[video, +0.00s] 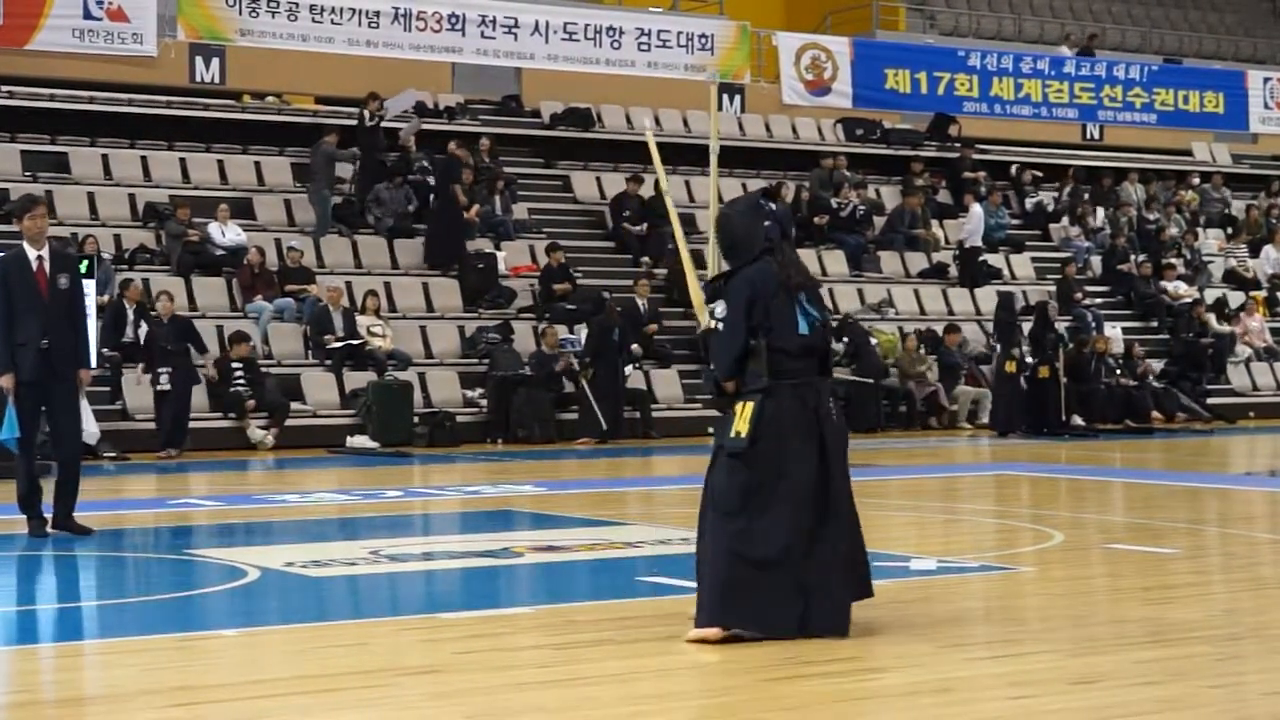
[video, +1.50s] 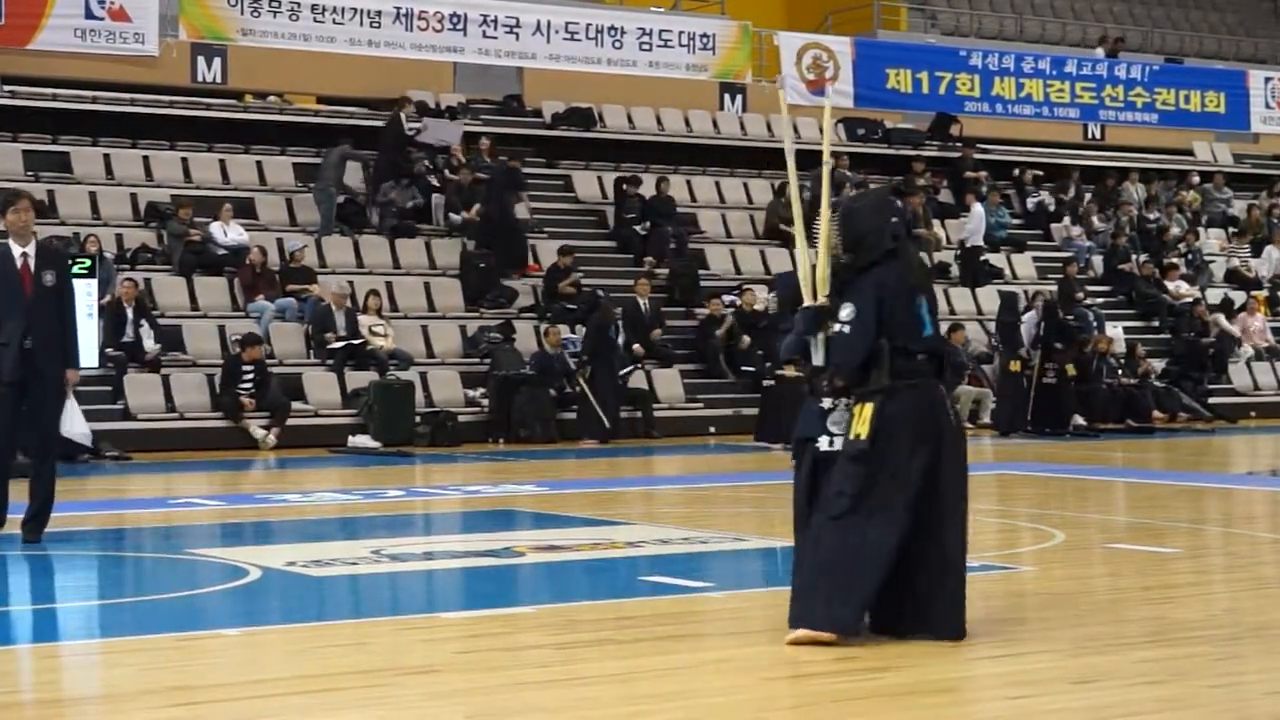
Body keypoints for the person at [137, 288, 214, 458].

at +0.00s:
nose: (163, 306)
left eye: (166, 302)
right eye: (160, 302)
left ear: (173, 304)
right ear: (156, 306)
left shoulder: (184, 323)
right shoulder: (153, 325)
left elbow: (199, 346)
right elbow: (147, 350)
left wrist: (210, 366)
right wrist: (141, 369)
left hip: (181, 371)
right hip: (160, 371)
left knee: (178, 408)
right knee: (162, 408)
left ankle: (176, 445)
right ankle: (166, 445)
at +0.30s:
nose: (150, 304)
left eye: (153, 301)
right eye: (146, 301)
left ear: (160, 303)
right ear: (142, 304)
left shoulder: (170, 322)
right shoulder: (138, 324)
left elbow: (178, 347)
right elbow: (135, 349)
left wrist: (174, 365)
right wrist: (133, 370)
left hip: (166, 369)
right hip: (145, 369)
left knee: (167, 408)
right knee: (141, 407)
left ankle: (168, 446)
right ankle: (150, 445)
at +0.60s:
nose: (125, 305)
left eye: (129, 301)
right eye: (123, 301)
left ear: (137, 304)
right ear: (118, 304)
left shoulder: (146, 323)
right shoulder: (116, 325)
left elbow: (156, 348)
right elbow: (111, 356)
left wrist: (155, 369)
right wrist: (106, 377)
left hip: (142, 372)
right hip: (121, 372)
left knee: (151, 410)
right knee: (122, 411)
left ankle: (160, 445)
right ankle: (124, 448)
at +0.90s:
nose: (104, 304)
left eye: (108, 300)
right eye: (101, 300)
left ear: (115, 302)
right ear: (97, 302)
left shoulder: (123, 321)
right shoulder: (96, 322)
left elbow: (137, 347)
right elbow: (90, 347)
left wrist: (147, 369)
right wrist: (83, 371)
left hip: (119, 371)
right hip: (102, 371)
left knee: (120, 410)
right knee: (102, 410)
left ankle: (121, 448)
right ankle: (104, 447)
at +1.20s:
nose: (123, 291)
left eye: (126, 288)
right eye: (120, 288)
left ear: (134, 292)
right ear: (117, 290)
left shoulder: (139, 306)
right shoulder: (110, 306)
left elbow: (153, 326)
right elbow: (104, 330)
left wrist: (155, 345)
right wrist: (108, 347)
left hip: (135, 344)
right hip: (116, 344)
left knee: (152, 361)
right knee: (120, 361)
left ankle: (151, 396)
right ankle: (119, 397)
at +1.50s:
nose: (126, 291)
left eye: (129, 288)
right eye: (124, 288)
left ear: (136, 292)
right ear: (120, 290)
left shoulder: (141, 305)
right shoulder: (112, 305)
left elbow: (154, 325)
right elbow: (108, 327)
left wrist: (156, 345)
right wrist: (109, 347)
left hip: (136, 345)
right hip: (117, 345)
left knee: (154, 361)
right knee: (121, 361)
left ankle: (151, 397)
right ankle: (118, 396)